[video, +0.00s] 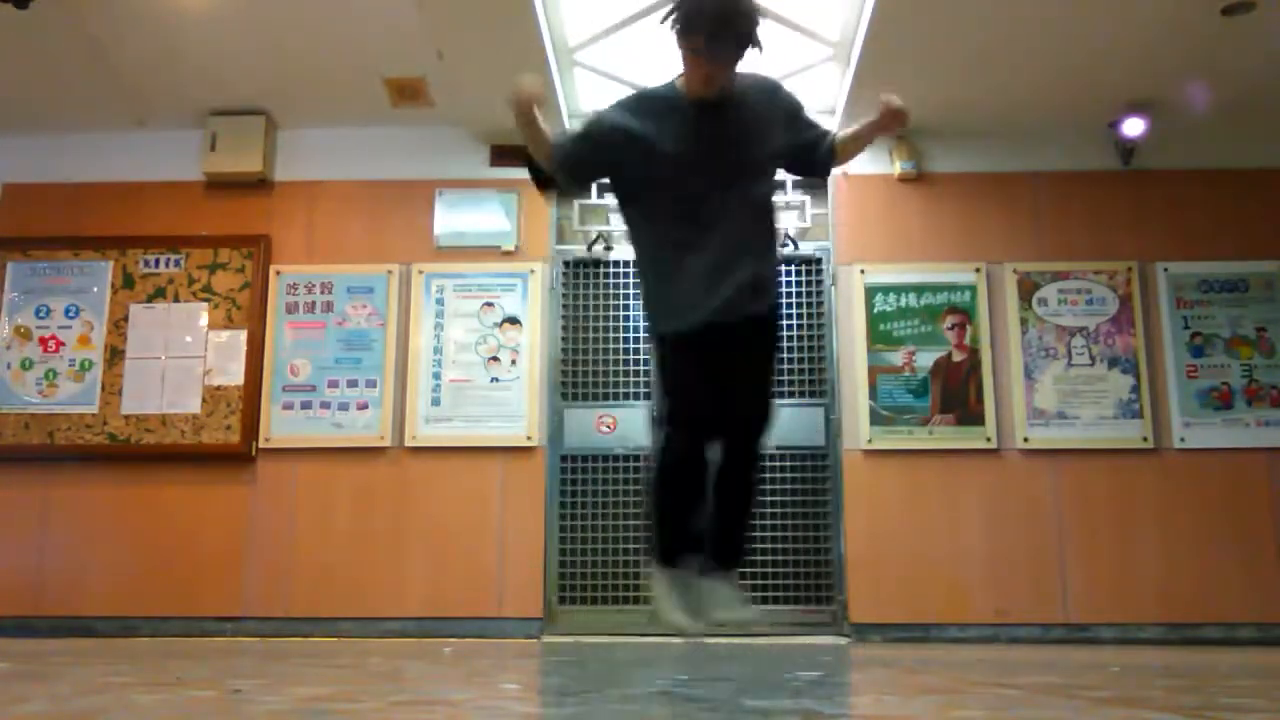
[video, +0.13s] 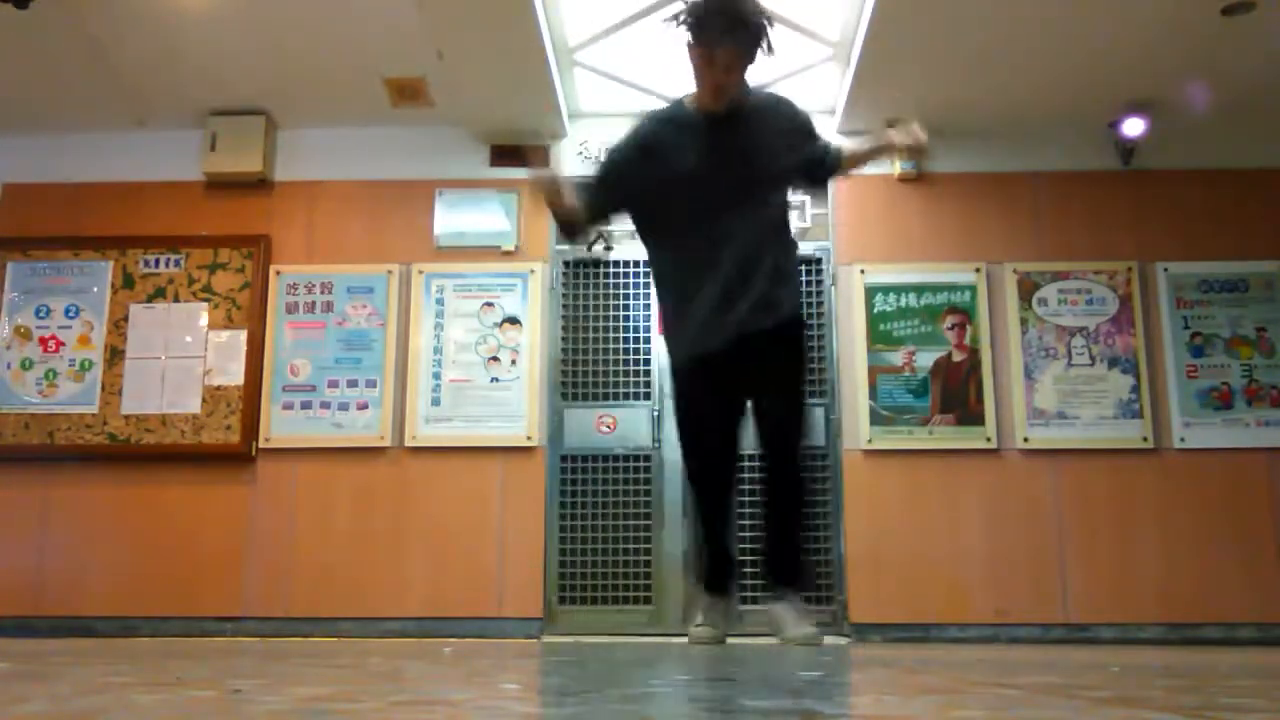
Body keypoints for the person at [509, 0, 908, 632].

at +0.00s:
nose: (721, 70)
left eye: (733, 55)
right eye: (712, 55)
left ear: (745, 49)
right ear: (687, 44)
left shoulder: (764, 103)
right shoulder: (637, 118)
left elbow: (819, 156)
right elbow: (561, 170)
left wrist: (874, 129)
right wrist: (530, 121)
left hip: (753, 304)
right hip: (679, 310)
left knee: (744, 439)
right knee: (685, 436)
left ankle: (718, 574)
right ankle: (669, 568)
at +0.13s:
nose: (721, 74)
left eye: (734, 60)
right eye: (710, 57)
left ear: (752, 55)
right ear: (691, 52)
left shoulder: (775, 119)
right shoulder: (654, 139)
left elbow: (821, 166)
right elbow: (584, 216)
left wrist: (883, 145)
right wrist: (556, 193)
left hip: (776, 320)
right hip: (696, 329)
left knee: (784, 458)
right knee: (709, 467)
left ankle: (786, 596)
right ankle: (715, 597)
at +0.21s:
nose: (738, 96)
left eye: (749, 82)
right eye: (726, 81)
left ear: (764, 81)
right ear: (705, 78)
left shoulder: (786, 147)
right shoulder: (672, 170)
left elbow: (834, 193)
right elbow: (617, 242)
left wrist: (912, 176)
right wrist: (585, 280)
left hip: (795, 343)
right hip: (715, 353)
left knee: (813, 470)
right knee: (721, 478)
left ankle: (799, 604)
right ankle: (720, 598)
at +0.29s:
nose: (749, 102)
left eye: (760, 88)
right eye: (738, 88)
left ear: (776, 88)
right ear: (716, 85)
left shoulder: (804, 153)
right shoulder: (679, 174)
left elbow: (872, 177)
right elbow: (628, 247)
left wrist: (954, 162)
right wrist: (603, 277)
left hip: (802, 343)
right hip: (724, 349)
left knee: (824, 478)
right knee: (751, 455)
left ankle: (796, 605)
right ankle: (721, 555)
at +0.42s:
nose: (756, 69)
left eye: (768, 58)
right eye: (747, 55)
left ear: (785, 54)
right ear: (728, 47)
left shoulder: (807, 107)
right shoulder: (691, 119)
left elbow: (871, 134)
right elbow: (622, 171)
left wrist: (911, 119)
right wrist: (668, 166)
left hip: (808, 279)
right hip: (729, 275)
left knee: (812, 428)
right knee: (799, 325)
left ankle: (793, 579)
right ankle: (762, 464)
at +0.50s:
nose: (768, 48)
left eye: (781, 36)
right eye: (759, 33)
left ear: (794, 34)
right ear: (738, 25)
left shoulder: (806, 88)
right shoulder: (695, 94)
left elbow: (859, 143)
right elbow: (682, 170)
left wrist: (872, 124)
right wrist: (764, 164)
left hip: (803, 258)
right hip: (725, 254)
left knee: (813, 409)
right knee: (800, 312)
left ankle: (784, 565)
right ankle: (821, 480)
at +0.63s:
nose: (792, 51)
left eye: (803, 40)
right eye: (782, 35)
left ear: (812, 45)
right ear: (754, 30)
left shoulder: (808, 122)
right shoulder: (716, 111)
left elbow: (818, 185)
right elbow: (749, 199)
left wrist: (788, 183)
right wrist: (841, 234)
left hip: (789, 286)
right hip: (724, 286)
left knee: (800, 433)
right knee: (813, 390)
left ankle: (798, 600)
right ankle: (938, 494)